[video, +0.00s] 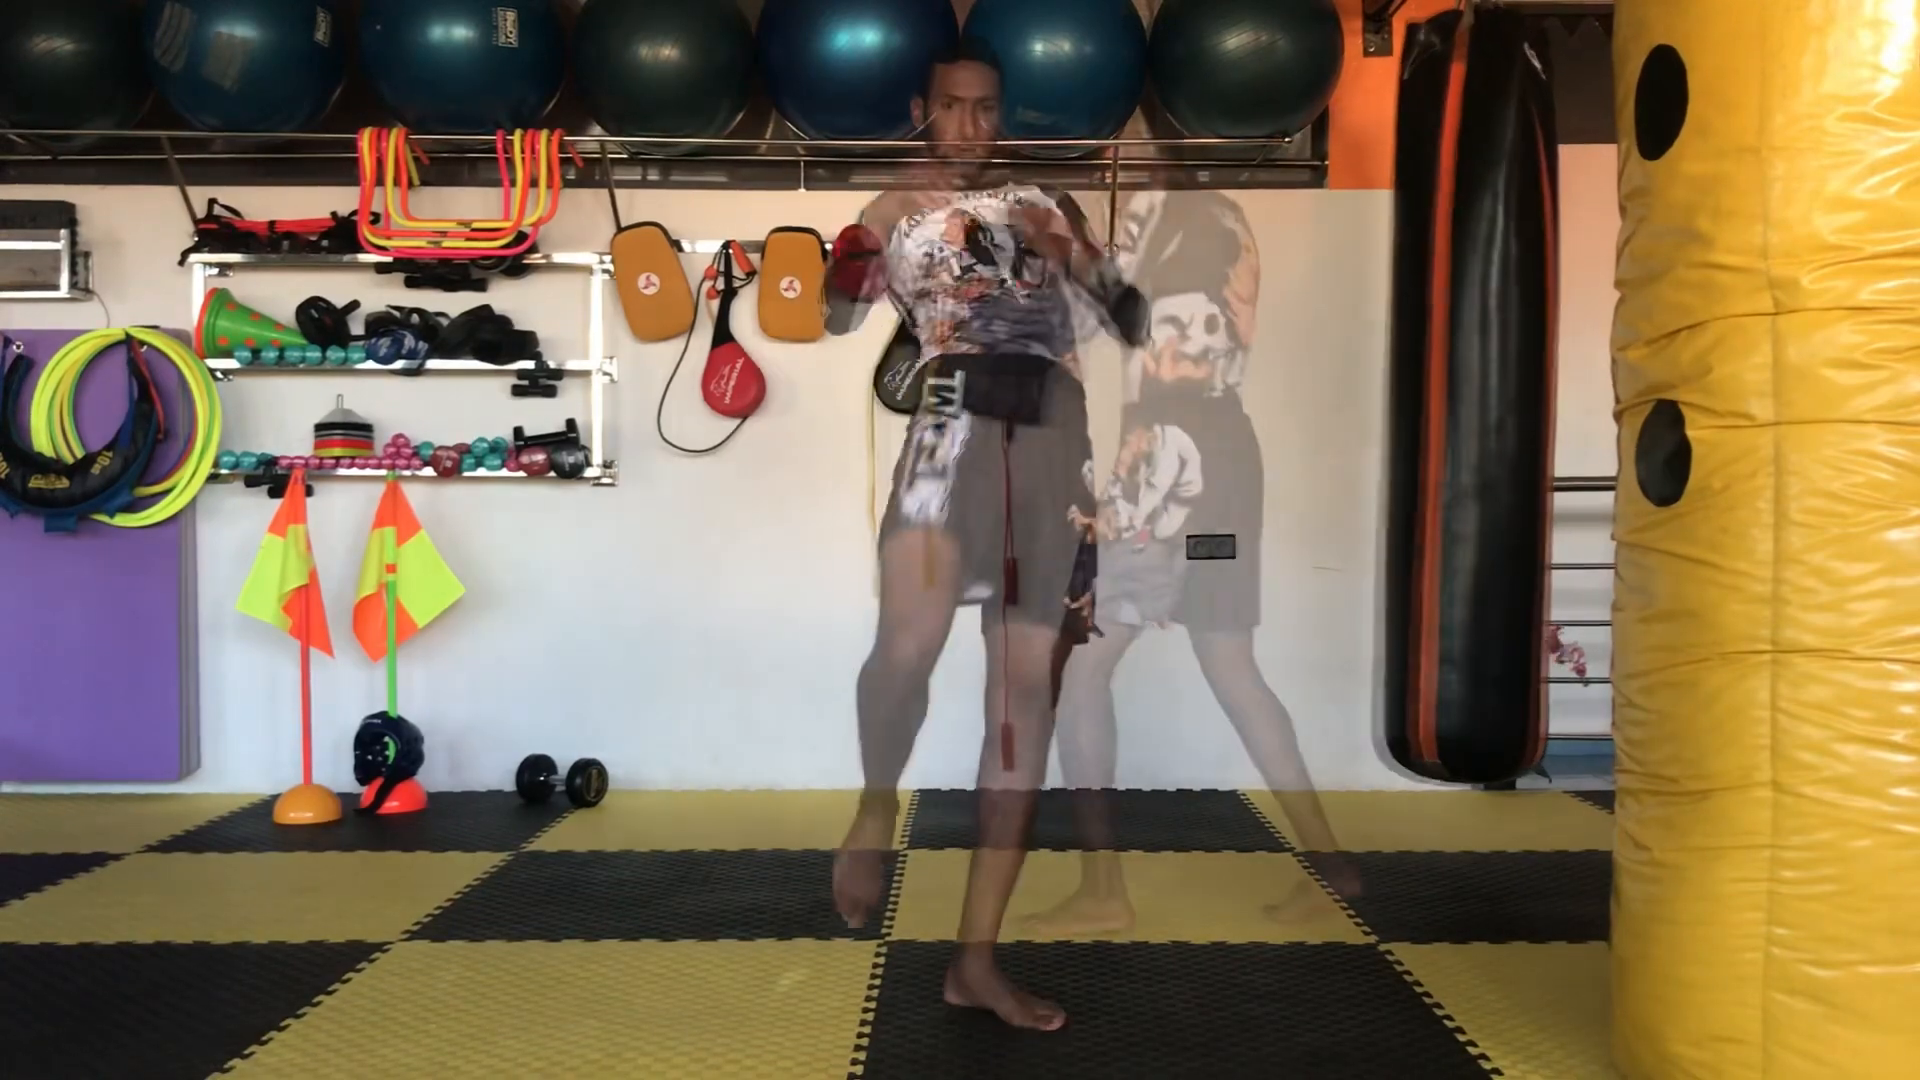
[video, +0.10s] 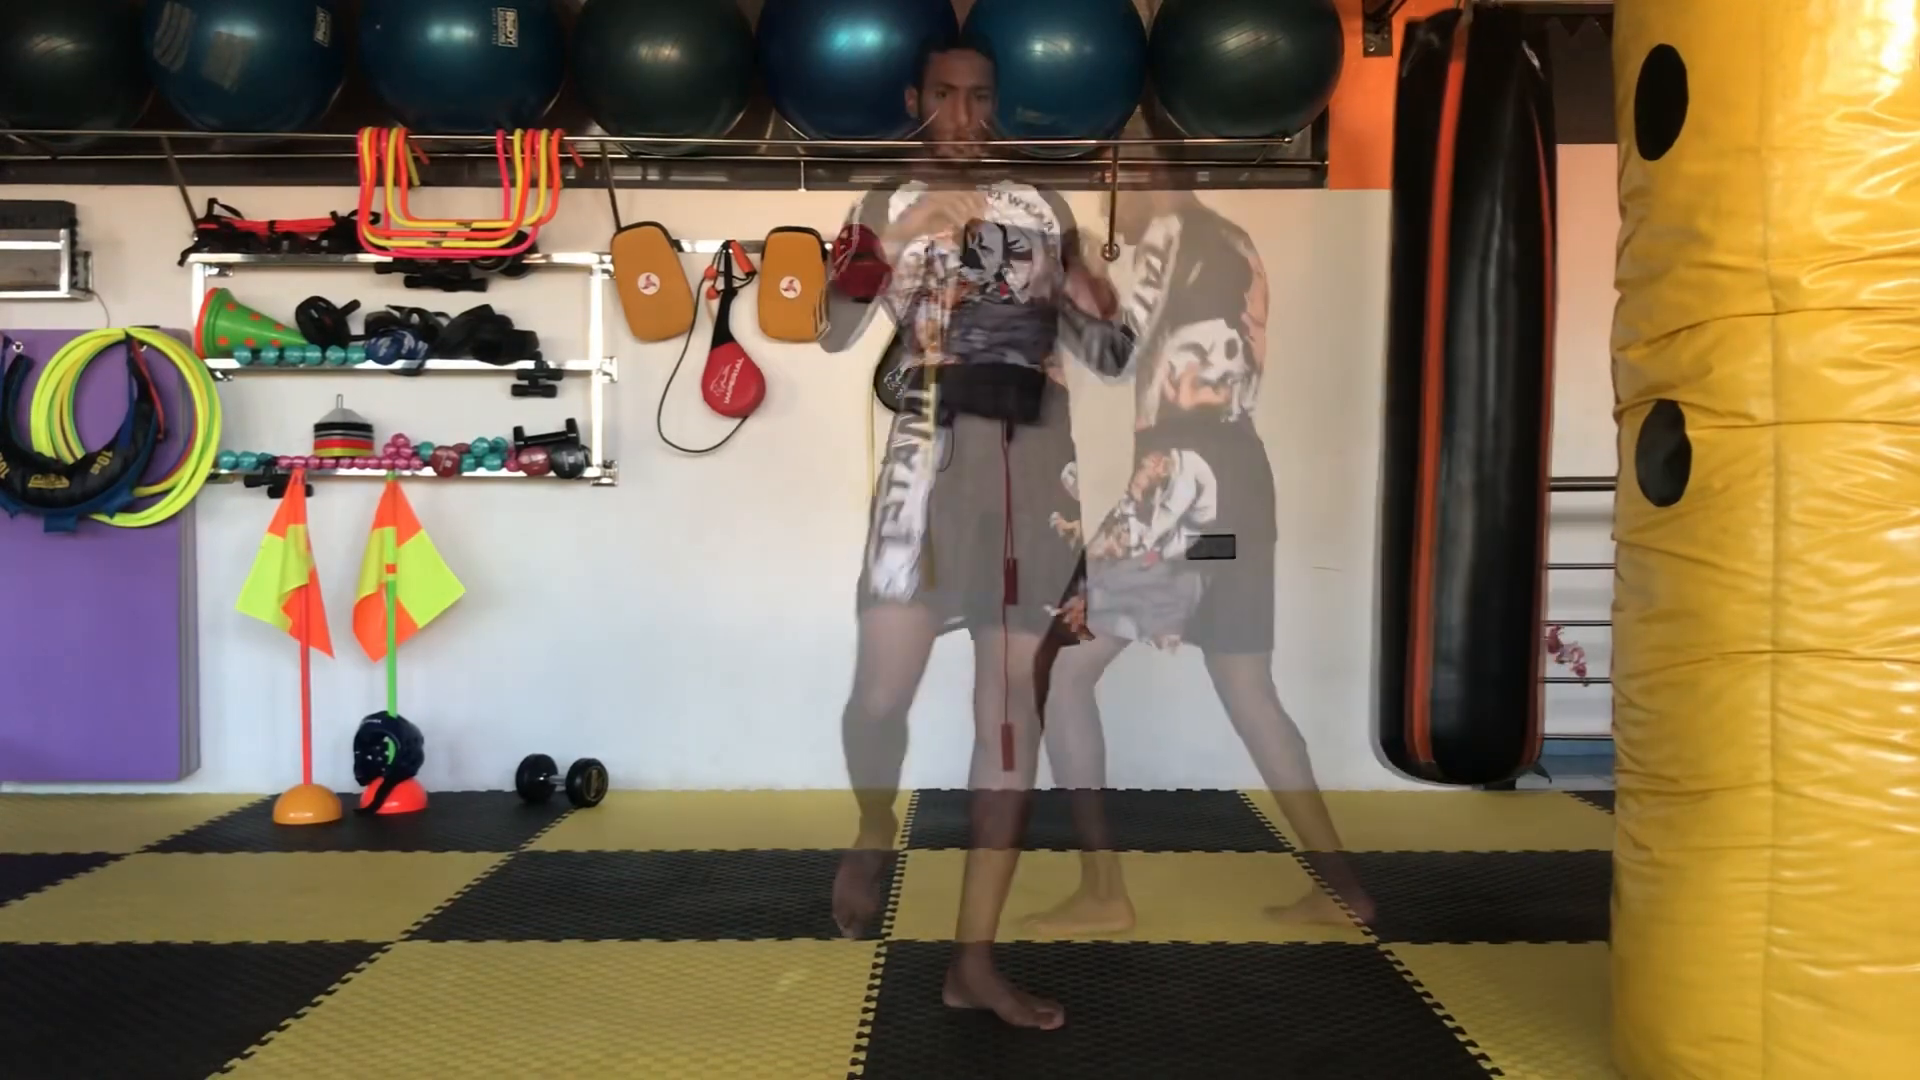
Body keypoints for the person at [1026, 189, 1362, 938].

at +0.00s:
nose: (1111, 159)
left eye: (1119, 144)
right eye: (1110, 147)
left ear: (1144, 144)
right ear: (1186, 142)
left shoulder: (1152, 225)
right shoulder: (1228, 224)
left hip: (1163, 465)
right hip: (1225, 461)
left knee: (1081, 672)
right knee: (1233, 671)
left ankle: (1101, 887)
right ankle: (1327, 864)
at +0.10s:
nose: (1110, 185)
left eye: (1117, 167)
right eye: (1111, 169)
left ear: (1141, 163)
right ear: (1174, 159)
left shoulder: (1157, 239)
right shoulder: (1236, 245)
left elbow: (1117, 348)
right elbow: (1245, 373)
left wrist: (1052, 300)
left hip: (1176, 487)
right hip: (1242, 483)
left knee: (1063, 675)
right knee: (1253, 699)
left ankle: (1102, 890)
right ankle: (1342, 887)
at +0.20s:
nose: (1095, 198)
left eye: (1102, 175)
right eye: (1096, 176)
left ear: (1137, 173)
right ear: (1165, 175)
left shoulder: (1170, 242)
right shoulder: (1223, 248)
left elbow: (1129, 361)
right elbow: (1148, 358)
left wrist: (1081, 299)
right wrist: (1086, 306)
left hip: (1182, 487)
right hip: (1236, 485)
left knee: (1049, 666)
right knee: (1245, 699)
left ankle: (1095, 879)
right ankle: (1340, 884)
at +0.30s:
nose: (1083, 172)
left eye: (1091, 156)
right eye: (1079, 157)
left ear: (1128, 150)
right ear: (1147, 146)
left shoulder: (1160, 218)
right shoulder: (1201, 220)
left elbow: (1113, 336)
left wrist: (1056, 264)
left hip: (1169, 466)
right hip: (1217, 466)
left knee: (1038, 638)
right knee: (1228, 671)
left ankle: (1069, 859)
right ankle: (1325, 859)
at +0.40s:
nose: (1062, 180)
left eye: (1066, 161)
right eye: (1058, 164)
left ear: (1108, 144)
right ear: (1117, 145)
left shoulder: (1149, 208)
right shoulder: (1170, 210)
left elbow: (1088, 313)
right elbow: (1095, 309)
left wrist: (1025, 234)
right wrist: (1028, 234)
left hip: (1150, 464)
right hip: (1190, 462)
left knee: (1016, 634)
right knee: (1214, 663)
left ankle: (1000, 856)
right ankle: (1322, 849)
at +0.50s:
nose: (1040, 205)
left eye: (1045, 189)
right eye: (1038, 190)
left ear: (1088, 176)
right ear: (1089, 181)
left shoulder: (1138, 239)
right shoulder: (1109, 249)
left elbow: (1084, 338)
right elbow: (1034, 300)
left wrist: (990, 256)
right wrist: (990, 232)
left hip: (1131, 486)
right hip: (1150, 484)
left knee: (980, 648)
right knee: (1213, 681)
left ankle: (915, 869)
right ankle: (1334, 862)